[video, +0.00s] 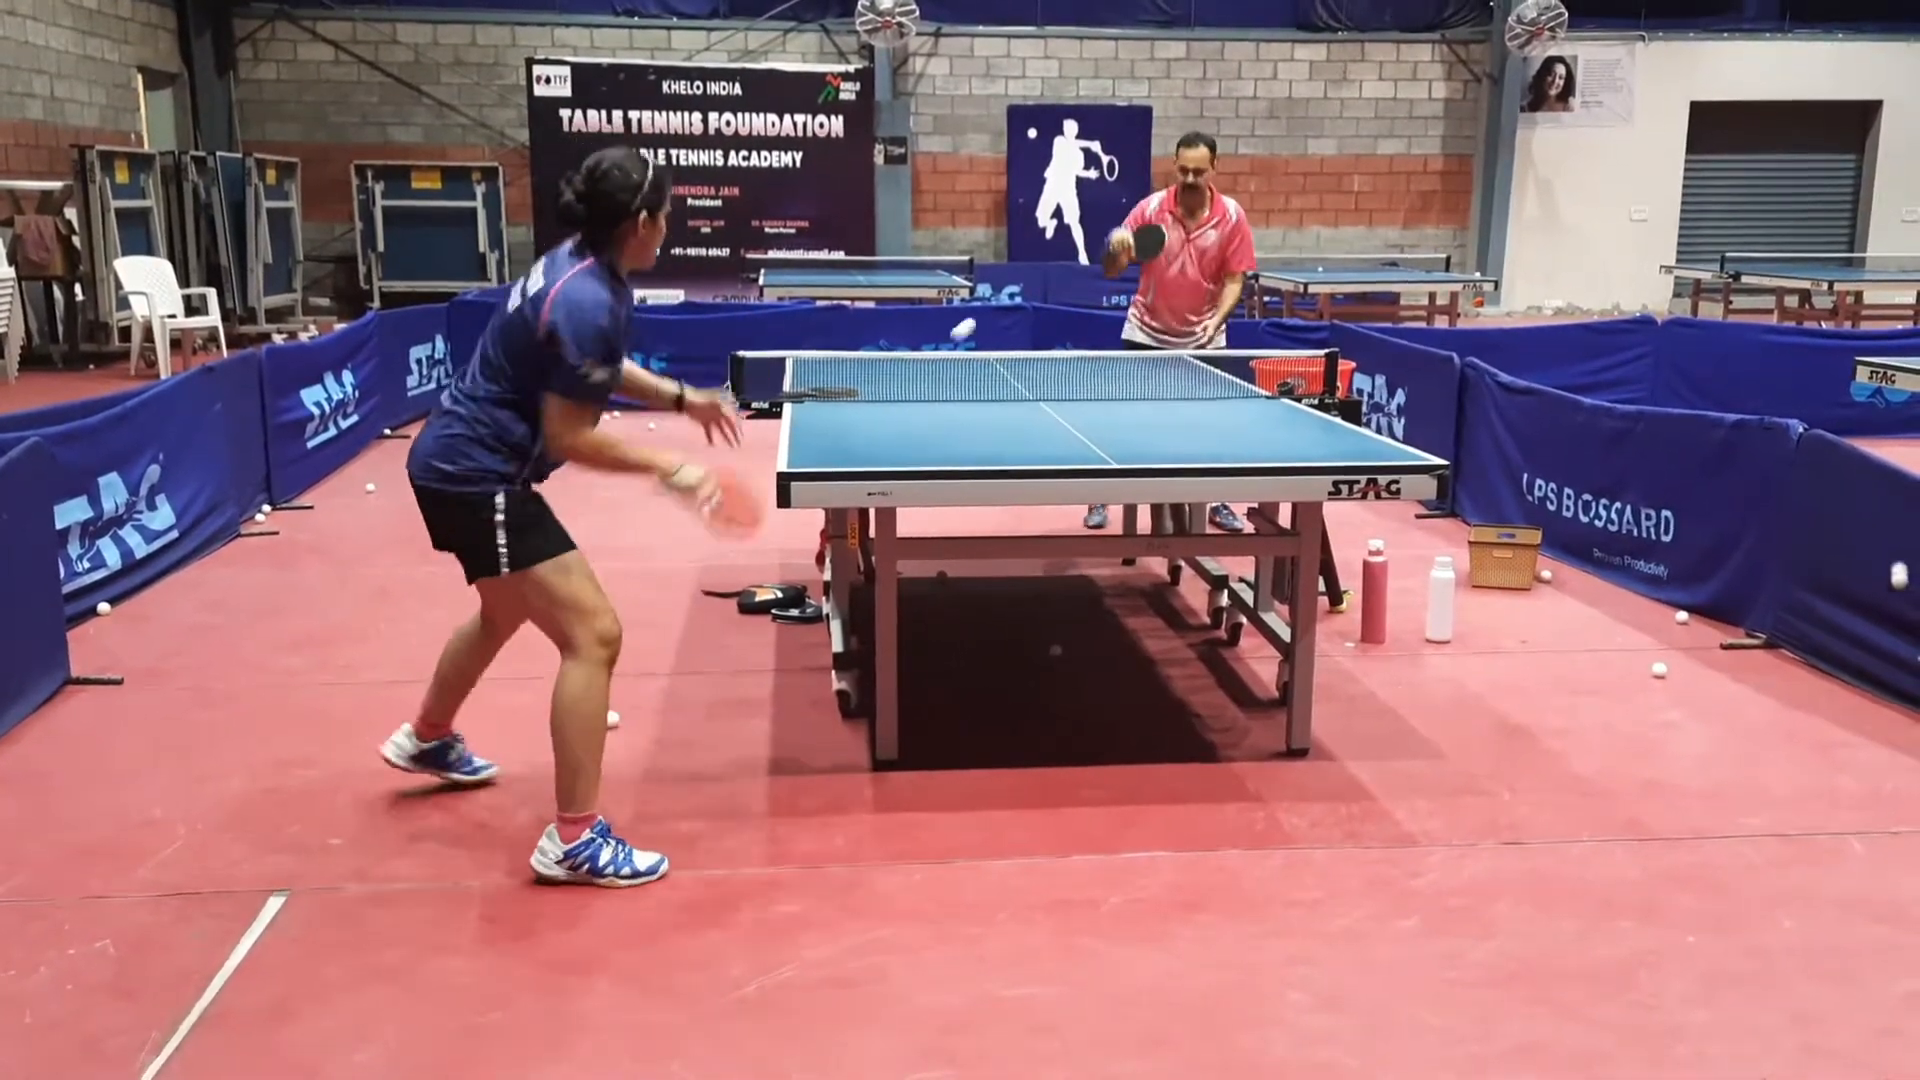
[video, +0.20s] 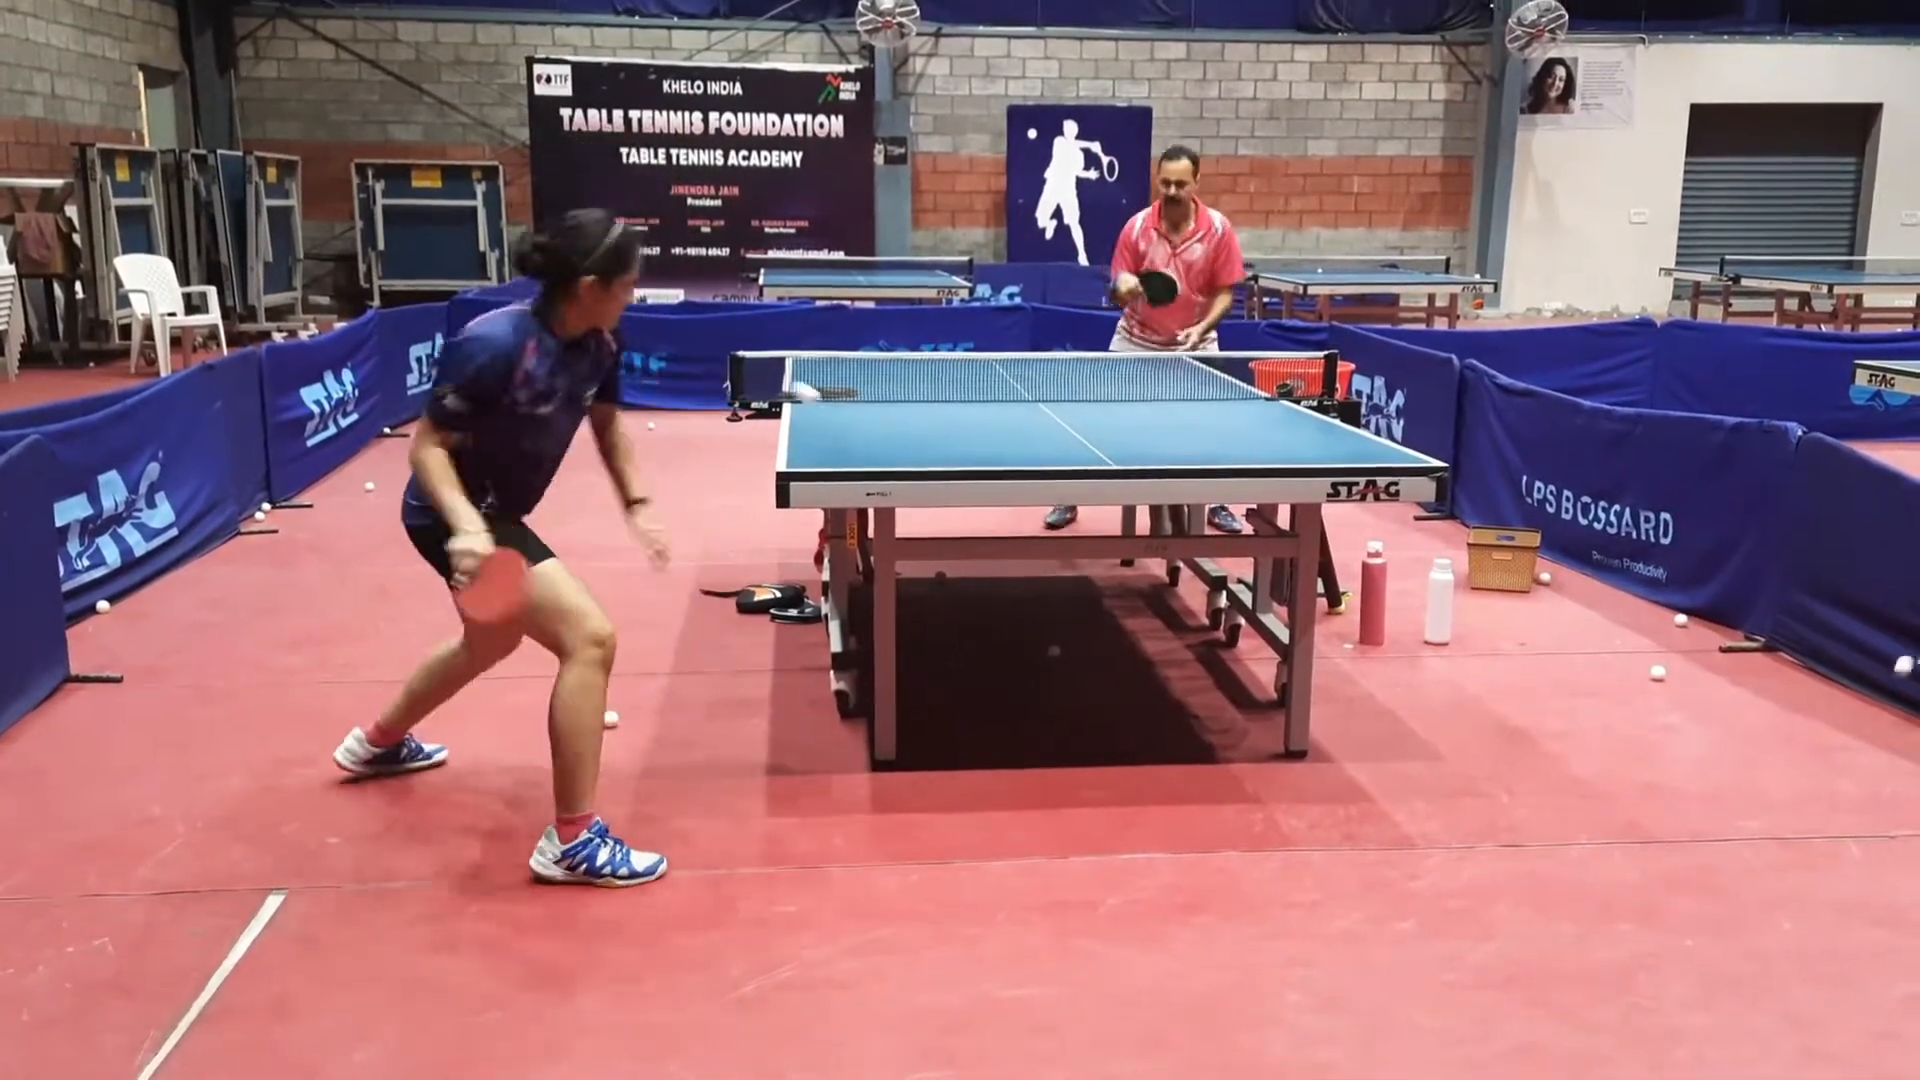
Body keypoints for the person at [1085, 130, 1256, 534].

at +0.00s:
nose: (1189, 179)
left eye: (1198, 172)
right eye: (1183, 171)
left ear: (1213, 171)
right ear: (1173, 168)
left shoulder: (1231, 216)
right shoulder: (1150, 208)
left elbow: (1235, 278)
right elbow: (1110, 270)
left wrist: (1215, 321)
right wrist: (1117, 247)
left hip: (1204, 337)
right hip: (1144, 333)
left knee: (1219, 418)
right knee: (1121, 412)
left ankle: (1216, 500)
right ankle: (1100, 498)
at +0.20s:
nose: (1173, 192)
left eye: (1181, 184)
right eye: (1166, 183)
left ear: (1196, 184)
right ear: (1156, 182)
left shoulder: (1218, 229)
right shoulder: (1137, 226)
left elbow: (1226, 291)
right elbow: (1118, 289)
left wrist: (1203, 326)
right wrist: (1127, 286)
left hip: (1196, 342)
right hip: (1135, 339)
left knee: (1212, 417)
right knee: (1099, 411)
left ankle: (1214, 501)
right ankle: (1068, 497)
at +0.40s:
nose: (1144, 200)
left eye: (1153, 193)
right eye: (1138, 192)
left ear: (1170, 193)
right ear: (1131, 193)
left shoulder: (1198, 235)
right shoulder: (1116, 237)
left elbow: (1214, 295)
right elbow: (1102, 295)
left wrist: (1187, 334)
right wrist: (1090, 301)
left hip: (1183, 346)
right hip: (1123, 342)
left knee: (1207, 419)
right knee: (1086, 414)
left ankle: (1214, 503)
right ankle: (1065, 501)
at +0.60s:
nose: (1138, 212)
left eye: (1146, 204)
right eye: (1131, 203)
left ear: (1163, 201)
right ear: (1123, 202)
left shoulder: (1190, 239)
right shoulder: (1108, 244)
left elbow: (1208, 300)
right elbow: (1091, 304)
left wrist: (1183, 341)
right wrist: (1082, 323)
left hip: (1182, 347)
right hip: (1125, 345)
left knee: (1205, 421)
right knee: (1084, 413)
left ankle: (1215, 506)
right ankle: (1066, 503)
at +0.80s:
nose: (1153, 227)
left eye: (1161, 219)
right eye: (1145, 219)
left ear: (1174, 210)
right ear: (1134, 211)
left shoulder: (1197, 242)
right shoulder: (1116, 248)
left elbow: (1206, 296)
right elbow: (1097, 313)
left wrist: (1198, 342)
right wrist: (1112, 316)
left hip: (1177, 350)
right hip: (1119, 349)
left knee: (1207, 419)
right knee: (1084, 415)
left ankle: (1218, 509)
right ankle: (1066, 505)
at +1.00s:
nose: (1172, 214)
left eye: (1180, 206)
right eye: (1165, 206)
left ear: (1193, 203)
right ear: (1154, 203)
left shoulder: (1208, 239)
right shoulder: (1133, 240)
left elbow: (1211, 297)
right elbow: (1107, 298)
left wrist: (1207, 343)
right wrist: (1127, 307)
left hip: (1183, 353)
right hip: (1125, 351)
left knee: (1205, 427)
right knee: (1090, 421)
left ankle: (1218, 512)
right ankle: (1068, 507)